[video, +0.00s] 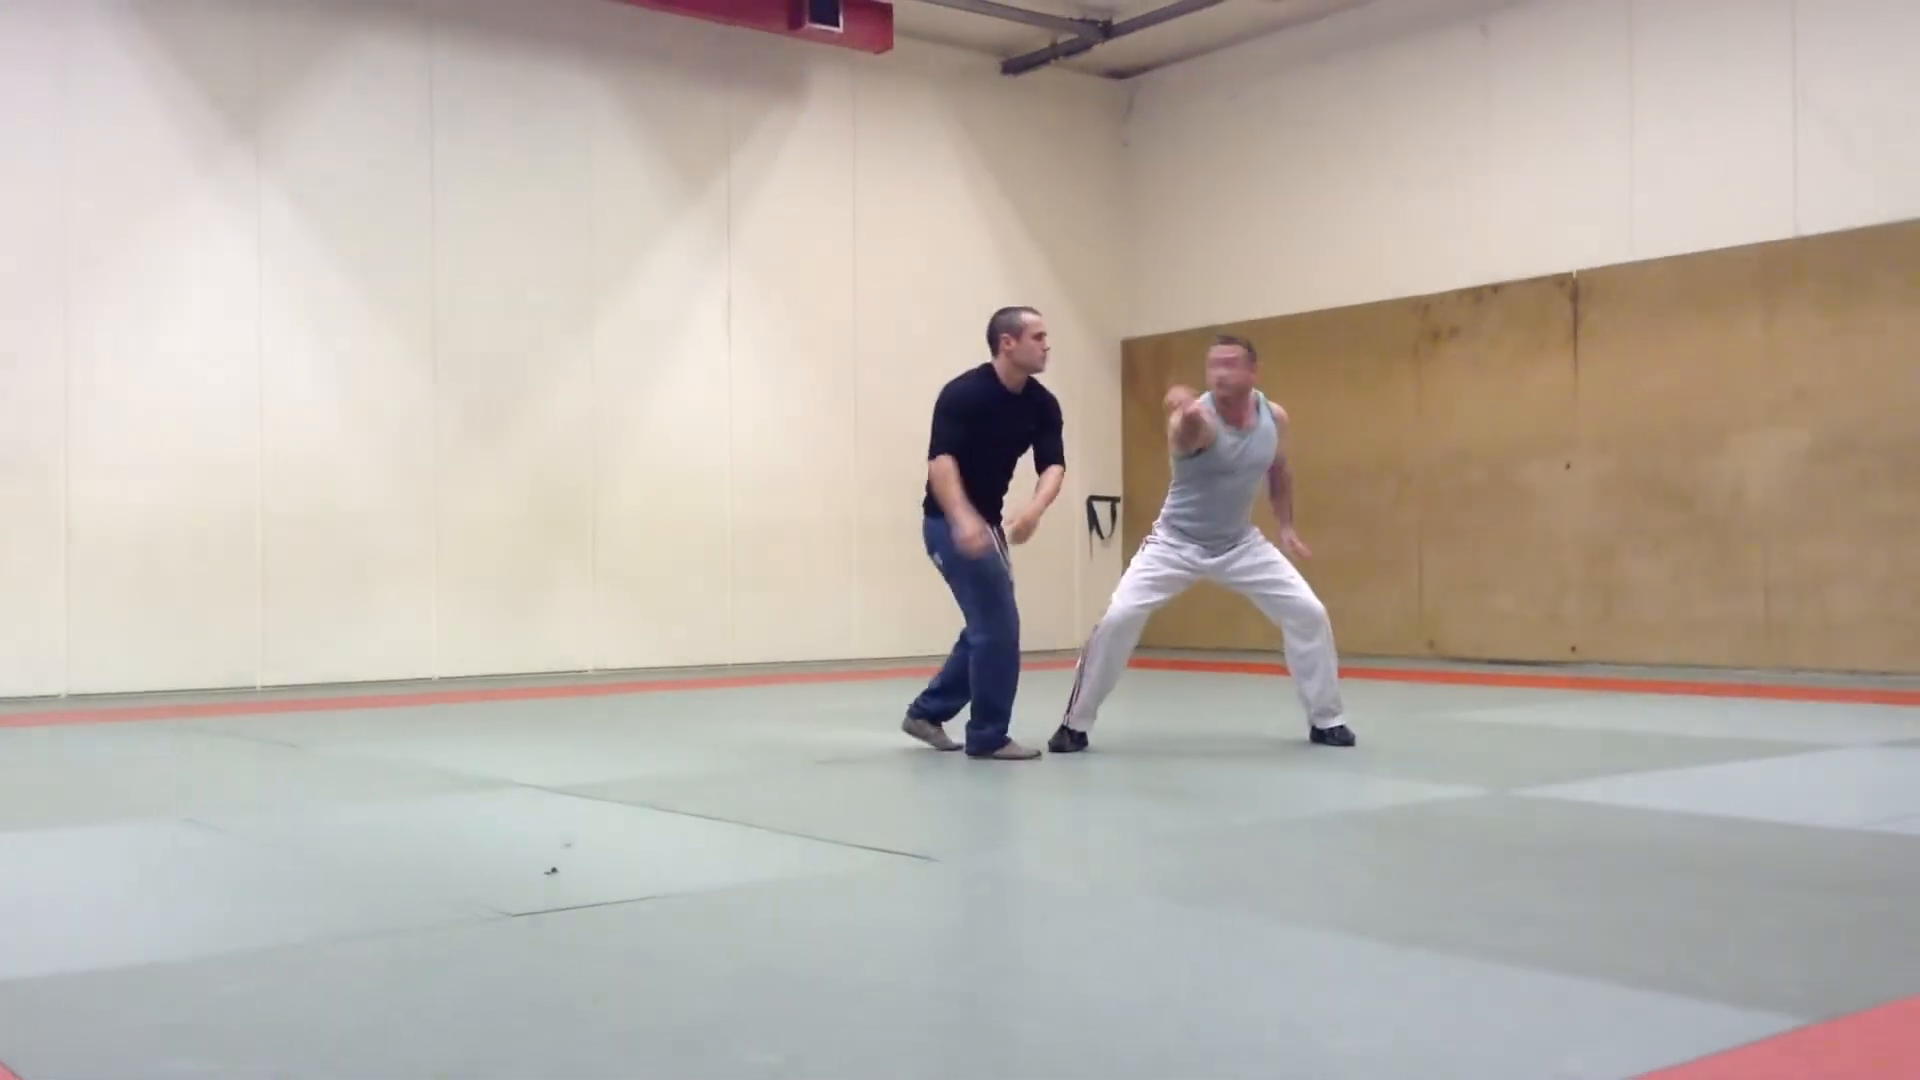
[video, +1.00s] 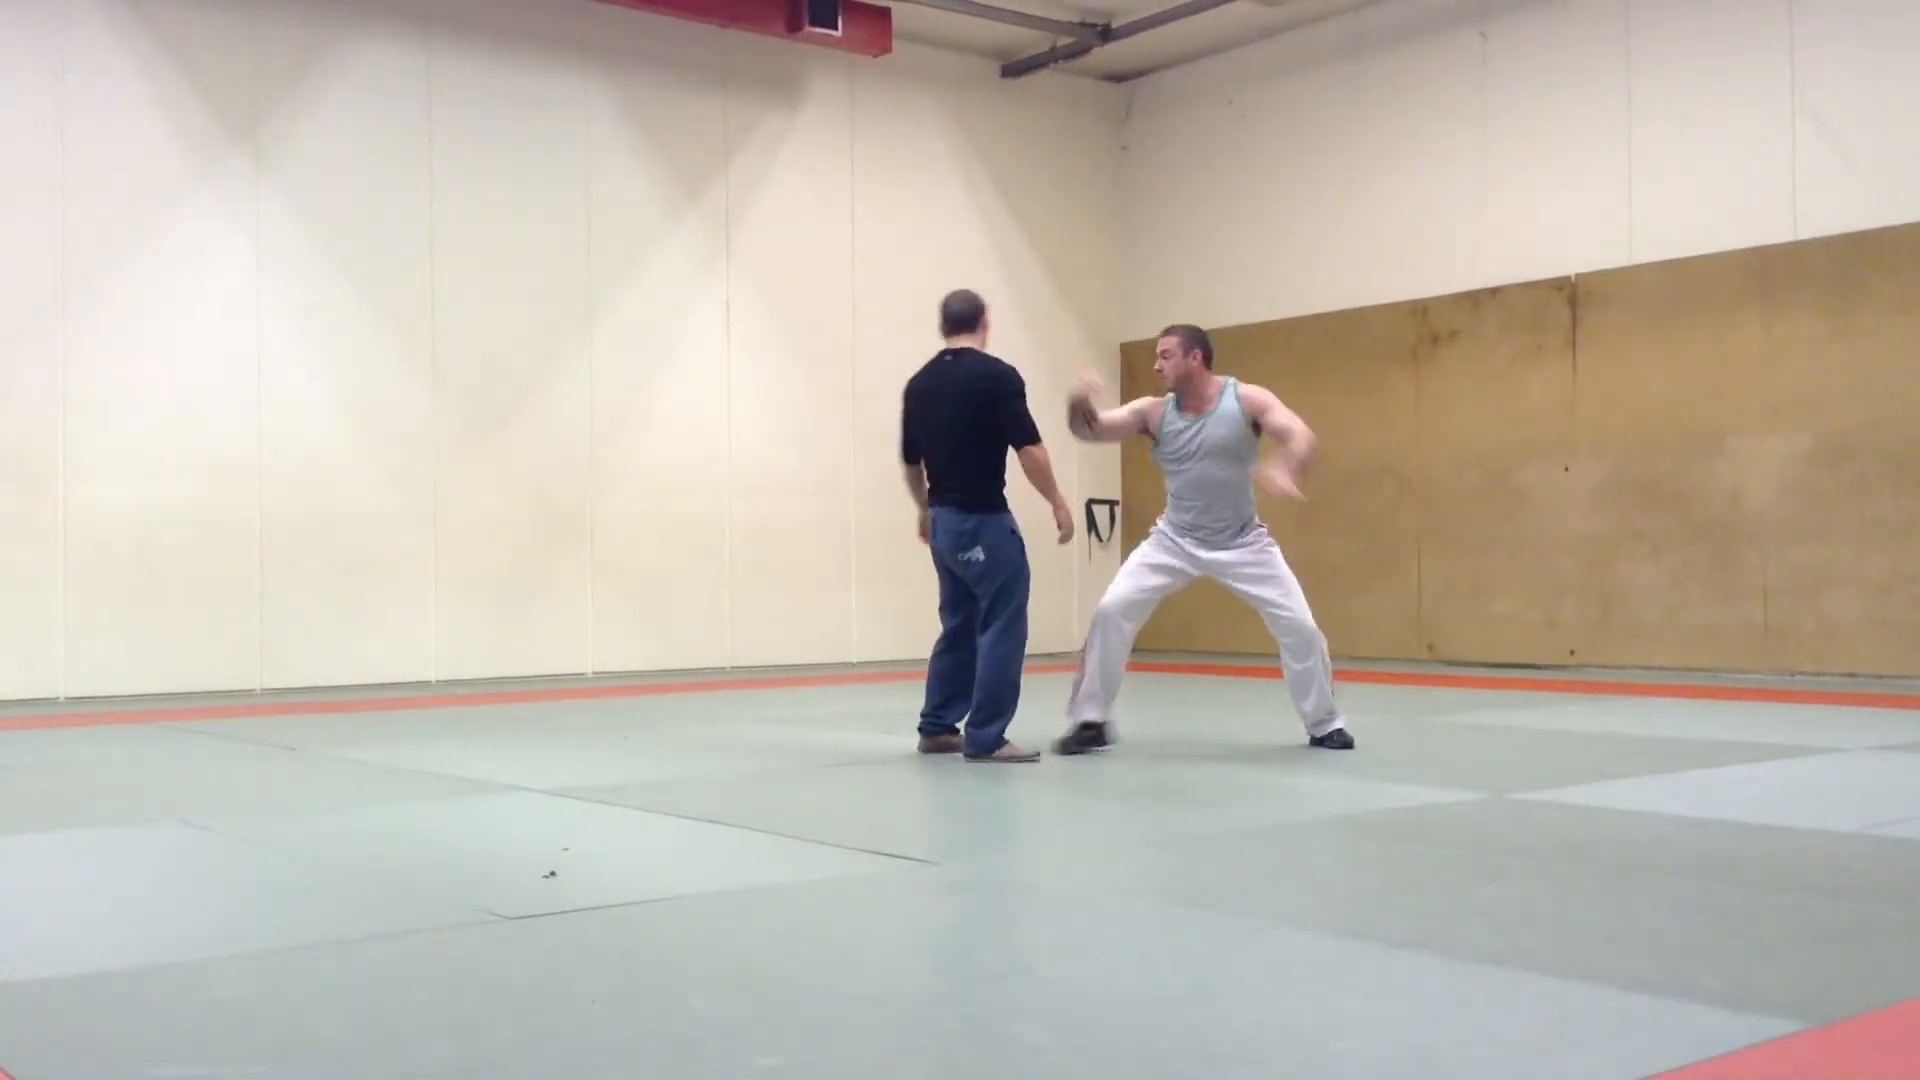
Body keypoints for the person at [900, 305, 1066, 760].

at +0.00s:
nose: (1047, 346)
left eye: (1046, 338)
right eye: (1037, 338)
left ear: (1018, 344)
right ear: (1007, 343)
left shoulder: (1041, 403)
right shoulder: (962, 394)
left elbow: (1052, 467)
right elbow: (941, 465)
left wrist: (1034, 510)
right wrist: (964, 518)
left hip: (989, 522)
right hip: (950, 521)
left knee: (990, 625)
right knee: (998, 623)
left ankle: (926, 713)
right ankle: (987, 737)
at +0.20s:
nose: (1061, 344)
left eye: (1059, 336)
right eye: (1052, 336)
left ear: (1031, 341)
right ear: (1024, 341)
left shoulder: (1050, 403)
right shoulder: (972, 392)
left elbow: (1060, 473)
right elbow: (937, 460)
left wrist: (1044, 530)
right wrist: (939, 530)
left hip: (993, 522)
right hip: (959, 521)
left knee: (993, 626)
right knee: (1002, 626)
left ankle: (943, 717)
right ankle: (986, 739)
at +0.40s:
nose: (1064, 340)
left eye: (1064, 331)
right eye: (1058, 331)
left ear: (1034, 334)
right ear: (1031, 334)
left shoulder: (1038, 394)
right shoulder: (984, 387)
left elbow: (1050, 463)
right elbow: (965, 461)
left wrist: (1078, 518)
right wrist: (980, 525)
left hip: (981, 520)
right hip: (961, 520)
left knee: (977, 625)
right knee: (1000, 628)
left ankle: (938, 722)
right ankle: (986, 741)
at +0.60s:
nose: (1061, 340)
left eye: (1060, 331)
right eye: (1056, 331)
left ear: (1025, 334)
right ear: (1031, 335)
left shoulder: (1006, 379)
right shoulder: (1004, 385)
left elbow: (1016, 460)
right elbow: (1002, 468)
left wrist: (1049, 501)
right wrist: (1030, 523)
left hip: (955, 517)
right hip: (969, 521)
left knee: (969, 622)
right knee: (999, 626)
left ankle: (937, 722)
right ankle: (987, 739)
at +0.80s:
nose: (1037, 337)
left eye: (1036, 328)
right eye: (1035, 328)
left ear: (988, 328)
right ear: (1024, 329)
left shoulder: (964, 371)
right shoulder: (1007, 382)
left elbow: (950, 445)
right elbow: (1021, 462)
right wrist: (1056, 520)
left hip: (942, 517)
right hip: (976, 523)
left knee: (960, 623)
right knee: (1000, 628)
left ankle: (937, 726)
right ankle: (987, 740)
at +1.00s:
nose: (988, 327)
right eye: (987, 320)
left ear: (943, 327)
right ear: (983, 322)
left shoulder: (919, 383)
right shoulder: (999, 376)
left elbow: (912, 462)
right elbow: (1030, 452)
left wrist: (924, 509)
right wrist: (1057, 501)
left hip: (943, 522)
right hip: (987, 524)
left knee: (959, 625)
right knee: (1005, 627)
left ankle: (937, 726)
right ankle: (986, 739)